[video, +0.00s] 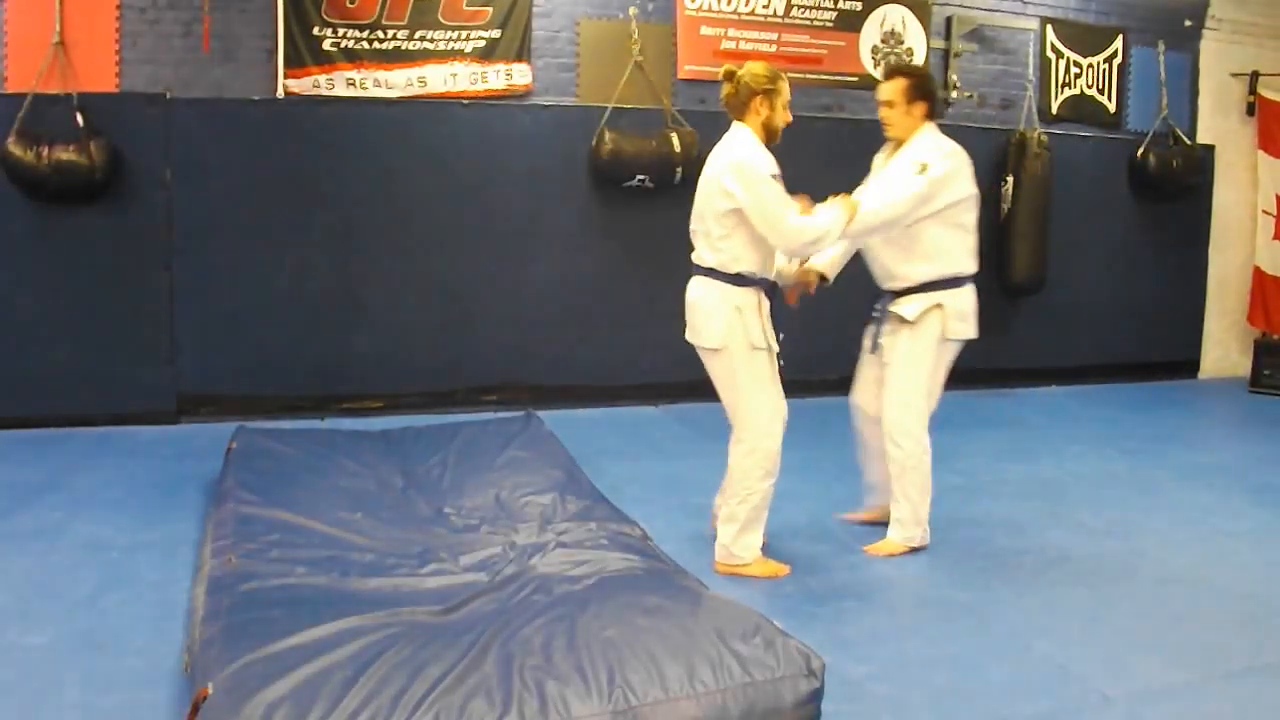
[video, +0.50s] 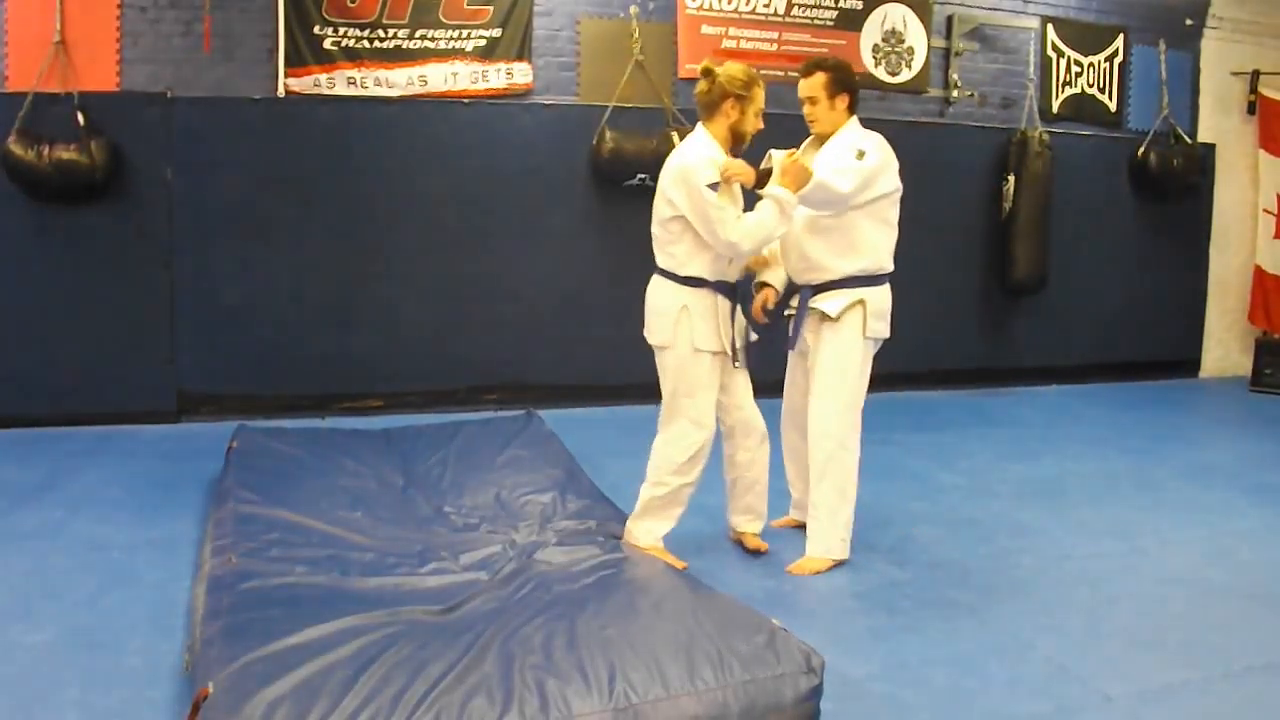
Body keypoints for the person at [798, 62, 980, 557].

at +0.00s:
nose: (881, 114)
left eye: (890, 105)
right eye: (880, 105)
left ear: (921, 108)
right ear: (887, 108)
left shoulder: (941, 158)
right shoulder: (889, 158)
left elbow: (881, 211)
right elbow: (858, 219)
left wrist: (820, 219)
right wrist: (819, 268)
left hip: (937, 304)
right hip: (899, 302)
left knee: (904, 414)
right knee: (868, 403)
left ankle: (911, 530)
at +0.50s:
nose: (805, 112)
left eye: (812, 103)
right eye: (802, 104)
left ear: (843, 101)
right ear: (810, 104)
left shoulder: (871, 149)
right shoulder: (806, 153)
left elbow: (830, 189)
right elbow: (780, 219)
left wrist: (761, 172)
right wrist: (770, 281)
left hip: (853, 303)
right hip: (813, 302)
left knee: (833, 421)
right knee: (798, 411)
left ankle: (832, 545)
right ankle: (806, 509)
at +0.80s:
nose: (806, 115)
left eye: (815, 106)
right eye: (803, 106)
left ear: (845, 104)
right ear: (808, 106)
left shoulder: (882, 159)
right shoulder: (811, 156)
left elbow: (850, 222)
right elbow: (792, 221)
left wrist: (802, 215)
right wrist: (770, 280)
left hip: (858, 304)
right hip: (814, 303)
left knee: (838, 422)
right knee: (801, 411)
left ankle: (832, 545)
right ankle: (807, 507)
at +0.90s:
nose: (817, 114)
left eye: (825, 105)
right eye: (814, 105)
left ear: (855, 103)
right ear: (816, 106)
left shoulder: (895, 158)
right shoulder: (818, 158)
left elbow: (886, 235)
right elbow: (803, 225)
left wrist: (831, 279)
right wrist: (789, 281)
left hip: (869, 304)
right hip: (822, 301)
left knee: (847, 417)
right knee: (809, 407)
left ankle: (832, 540)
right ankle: (810, 505)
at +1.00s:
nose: (835, 114)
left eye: (844, 105)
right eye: (832, 106)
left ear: (873, 103)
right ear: (834, 107)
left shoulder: (912, 158)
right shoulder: (835, 157)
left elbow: (911, 236)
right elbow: (822, 222)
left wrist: (867, 290)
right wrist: (805, 282)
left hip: (886, 302)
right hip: (836, 297)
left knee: (866, 415)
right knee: (820, 408)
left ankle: (876, 529)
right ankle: (817, 506)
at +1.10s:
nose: (852, 116)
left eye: (861, 106)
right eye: (849, 107)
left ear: (891, 106)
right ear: (850, 109)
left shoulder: (928, 162)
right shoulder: (852, 159)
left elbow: (920, 238)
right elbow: (837, 226)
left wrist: (875, 289)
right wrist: (815, 281)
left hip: (902, 301)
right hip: (850, 297)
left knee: (877, 409)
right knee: (830, 405)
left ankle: (918, 510)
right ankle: (819, 505)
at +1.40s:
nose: (932, 119)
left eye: (940, 110)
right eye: (930, 110)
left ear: (970, 113)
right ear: (937, 113)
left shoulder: (999, 173)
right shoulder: (935, 162)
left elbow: (971, 248)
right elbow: (913, 237)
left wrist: (915, 298)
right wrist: (891, 291)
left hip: (975, 304)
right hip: (928, 301)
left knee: (959, 405)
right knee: (894, 397)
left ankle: (975, 510)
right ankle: (881, 496)